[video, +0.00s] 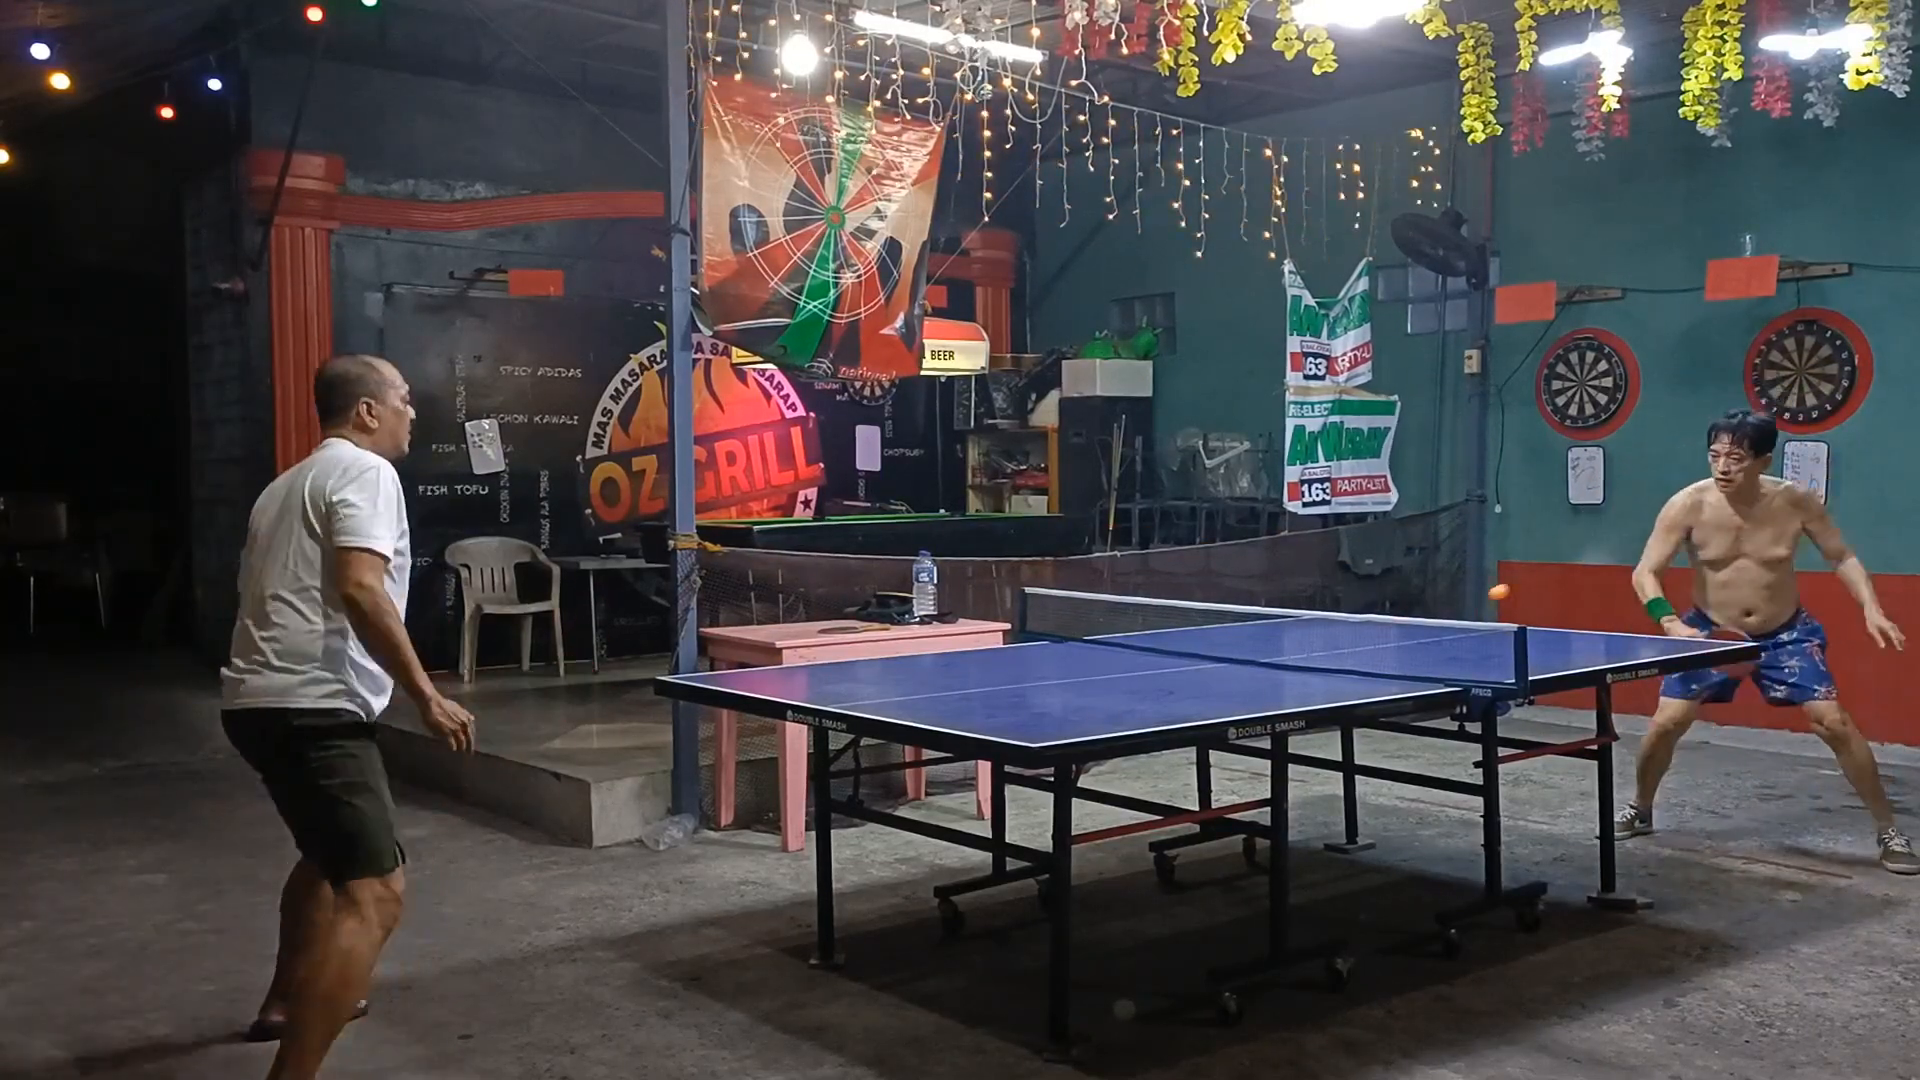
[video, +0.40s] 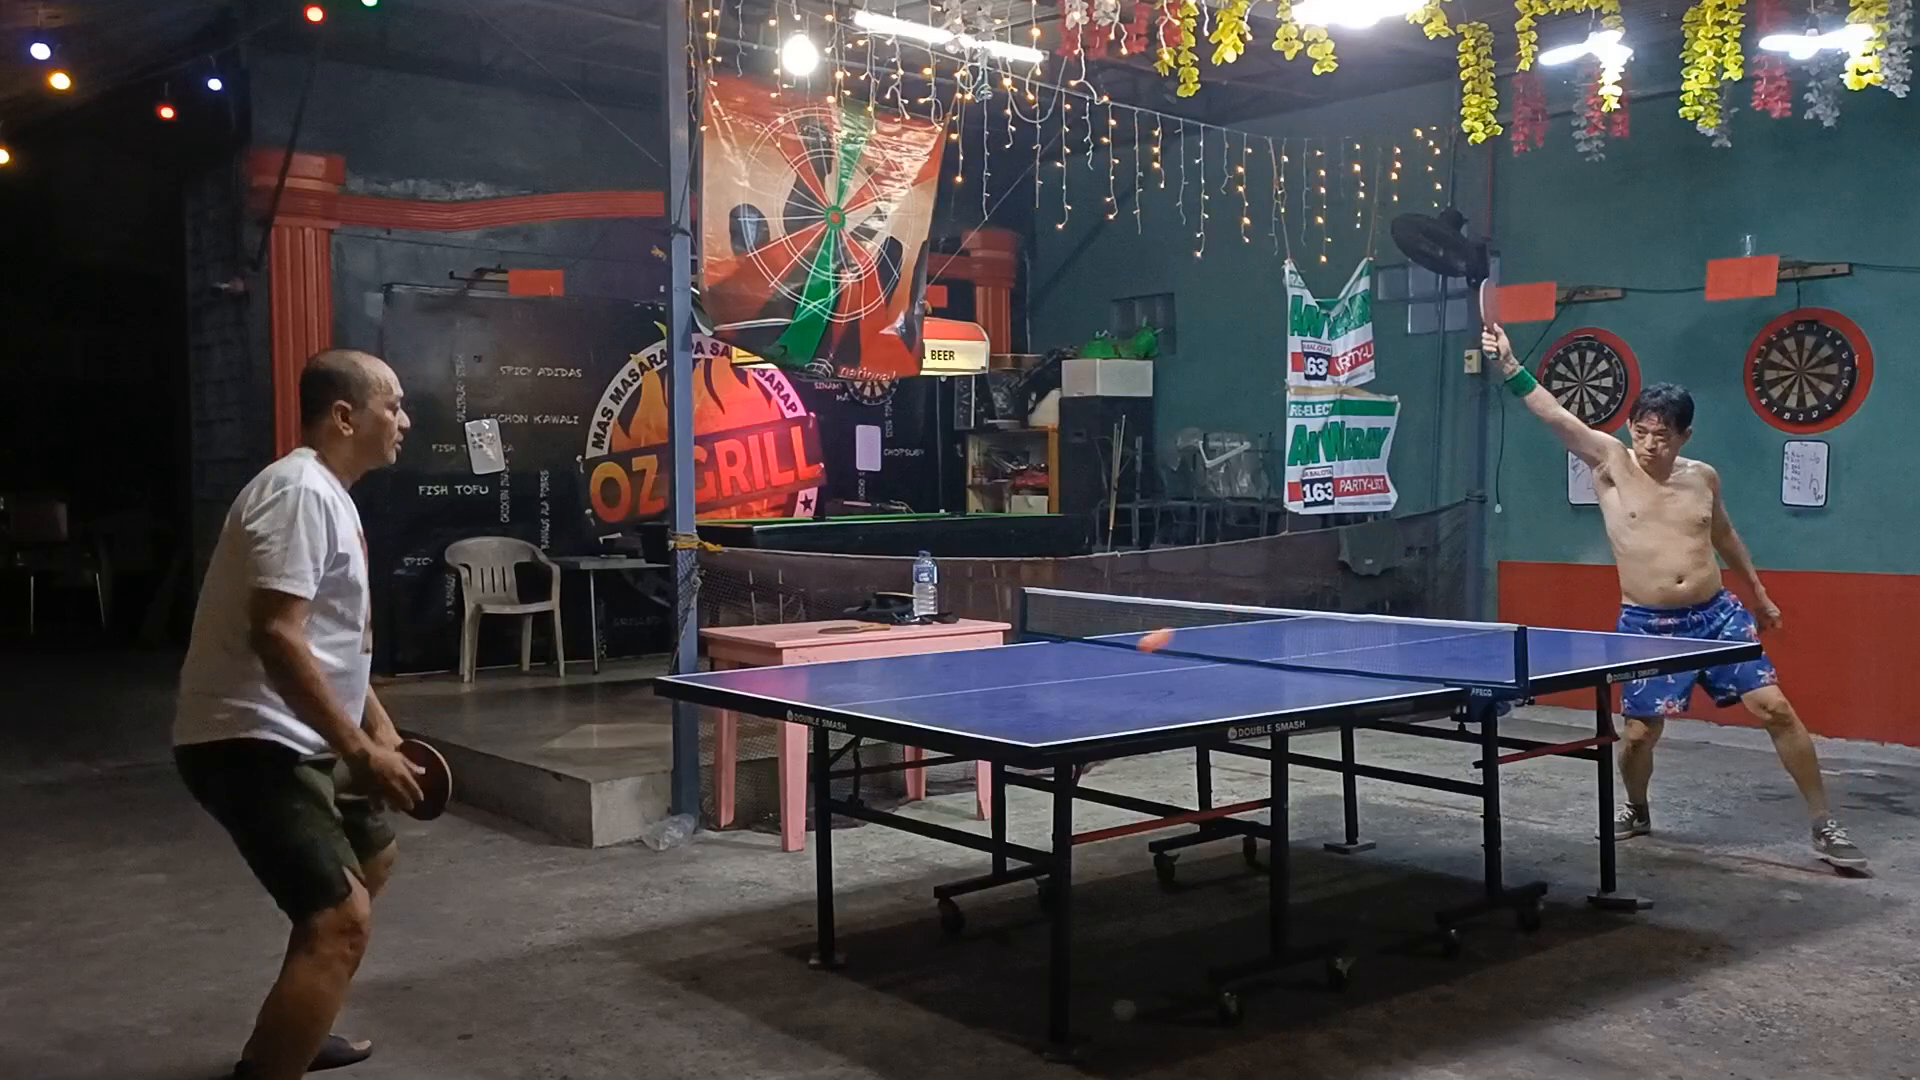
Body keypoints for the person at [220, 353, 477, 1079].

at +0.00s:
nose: (412, 420)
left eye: (410, 405)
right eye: (405, 406)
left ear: (339, 415)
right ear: (368, 411)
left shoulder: (280, 487)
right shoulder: (365, 473)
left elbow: (266, 603)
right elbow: (359, 587)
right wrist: (429, 696)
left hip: (255, 702)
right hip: (316, 708)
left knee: (327, 852)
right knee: (376, 897)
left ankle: (290, 998)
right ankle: (293, 1071)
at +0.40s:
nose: (404, 421)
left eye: (402, 407)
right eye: (393, 407)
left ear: (344, 417)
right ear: (345, 415)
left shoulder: (329, 497)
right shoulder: (300, 490)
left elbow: (334, 643)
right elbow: (276, 635)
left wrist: (384, 731)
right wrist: (359, 747)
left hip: (293, 730)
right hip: (247, 735)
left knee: (374, 859)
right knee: (338, 921)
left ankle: (297, 1030)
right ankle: (265, 1065)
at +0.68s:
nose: (432, 489)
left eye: (434, 473)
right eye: (422, 472)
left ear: (369, 465)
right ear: (364, 463)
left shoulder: (379, 556)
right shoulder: (232, 508)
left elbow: (387, 684)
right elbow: (118, 603)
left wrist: (488, 684)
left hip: (276, 753)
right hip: (176, 750)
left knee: (324, 893)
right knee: (260, 922)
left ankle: (281, 1035)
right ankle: (241, 1069)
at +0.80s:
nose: (428, 480)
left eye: (430, 463)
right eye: (419, 460)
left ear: (368, 455)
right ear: (361, 450)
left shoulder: (366, 557)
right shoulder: (225, 493)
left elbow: (356, 684)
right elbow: (78, 566)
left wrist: (475, 693)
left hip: (249, 746)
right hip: (140, 740)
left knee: (296, 890)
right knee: (252, 932)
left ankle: (285, 1033)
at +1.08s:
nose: (350, 422)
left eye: (351, 404)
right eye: (342, 402)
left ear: (289, 408)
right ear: (290, 406)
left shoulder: (273, 511)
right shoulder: (172, 473)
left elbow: (264, 652)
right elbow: (28, 566)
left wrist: (324, 771)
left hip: (154, 735)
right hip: (56, 728)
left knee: (228, 914)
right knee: (191, 932)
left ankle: (136, 1068)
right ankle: (146, 1071)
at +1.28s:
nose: (250, 433)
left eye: (248, 416)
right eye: (241, 415)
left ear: (190, 429)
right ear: (189, 426)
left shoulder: (163, 521)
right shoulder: (93, 509)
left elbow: (141, 677)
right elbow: (18, 654)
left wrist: (196, 760)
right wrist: (75, 821)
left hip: (124, 806)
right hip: (36, 816)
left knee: (196, 942)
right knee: (65, 1036)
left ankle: (125, 1075)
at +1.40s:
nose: (185, 403)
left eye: (182, 386)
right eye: (175, 384)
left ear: (122, 397)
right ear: (121, 393)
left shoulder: (85, 493)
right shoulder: (43, 483)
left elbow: (65, 663)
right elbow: (8, 651)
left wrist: (142, 757)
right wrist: (129, 785)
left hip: (75, 814)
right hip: (12, 828)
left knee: (111, 957)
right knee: (2, 1028)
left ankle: (110, 1075)